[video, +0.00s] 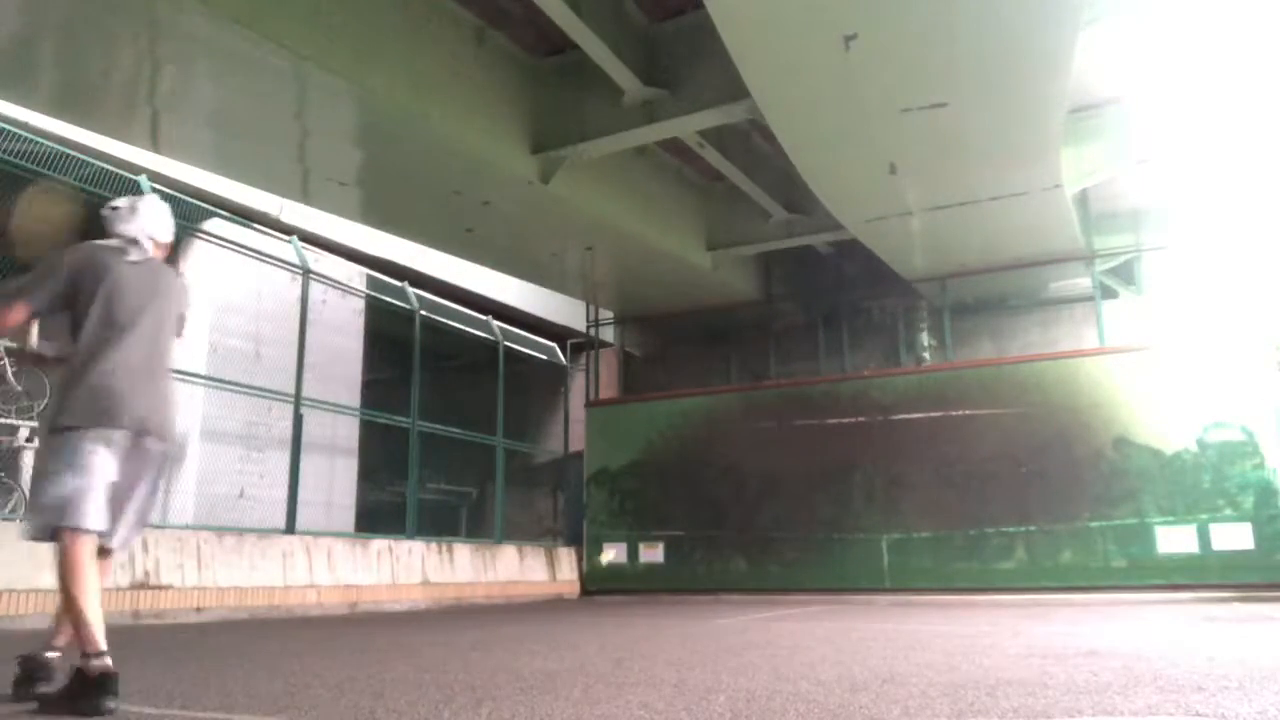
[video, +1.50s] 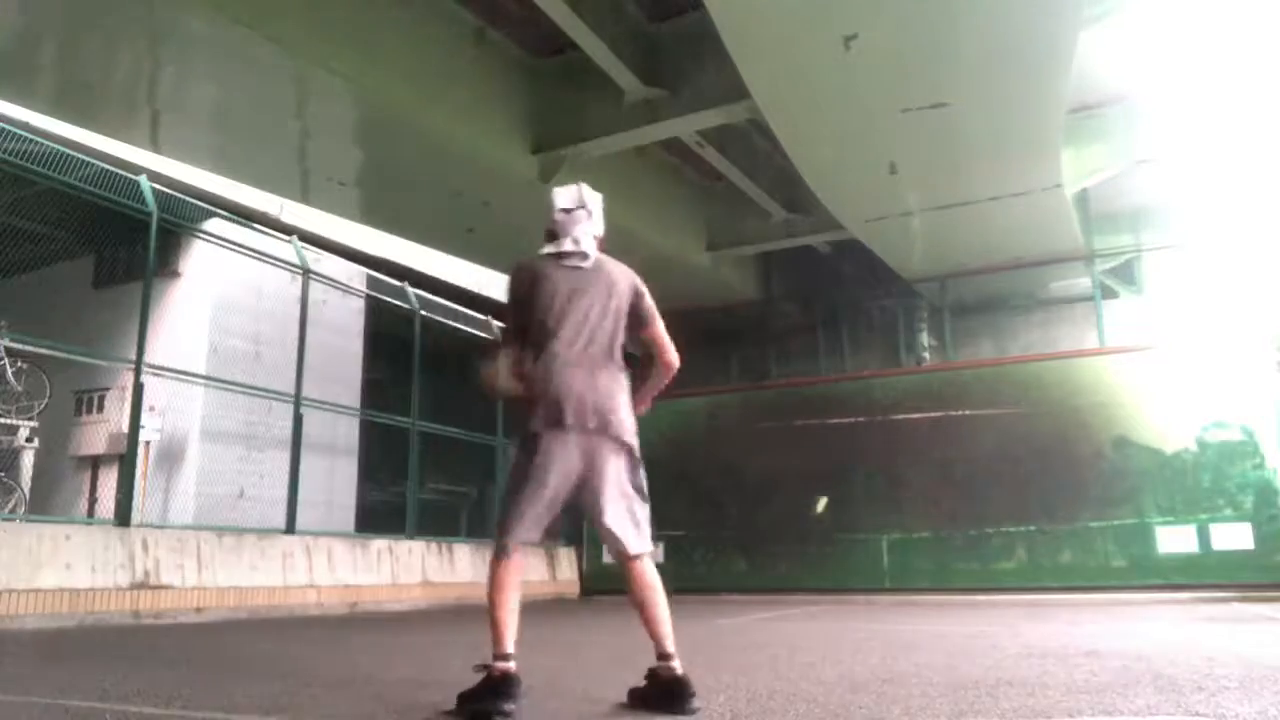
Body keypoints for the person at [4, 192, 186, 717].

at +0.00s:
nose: (167, 252)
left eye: (167, 246)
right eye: (167, 245)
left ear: (111, 228)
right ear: (158, 242)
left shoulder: (83, 257)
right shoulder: (173, 283)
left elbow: (11, 316)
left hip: (92, 410)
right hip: (156, 420)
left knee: (77, 537)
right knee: (102, 547)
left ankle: (99, 665)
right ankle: (51, 657)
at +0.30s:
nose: (190, 253)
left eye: (194, 245)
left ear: (207, 238)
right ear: (237, 248)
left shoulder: (217, 247)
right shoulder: (227, 298)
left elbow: (197, 279)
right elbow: (146, 335)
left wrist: (147, 236)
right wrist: (107, 285)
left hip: (220, 415)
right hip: (267, 421)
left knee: (138, 536)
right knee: (235, 534)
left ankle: (103, 672)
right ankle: (315, 627)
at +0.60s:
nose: (309, 238)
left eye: (311, 232)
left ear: (316, 236)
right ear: (360, 239)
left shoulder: (308, 263)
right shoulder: (385, 289)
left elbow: (275, 326)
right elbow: (407, 363)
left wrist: (223, 400)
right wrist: (431, 423)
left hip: (322, 414)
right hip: (379, 423)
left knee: (256, 525)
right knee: (364, 544)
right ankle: (377, 664)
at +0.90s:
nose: (399, 217)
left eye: (399, 210)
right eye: (411, 208)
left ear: (396, 216)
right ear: (439, 218)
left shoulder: (376, 260)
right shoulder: (470, 257)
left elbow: (311, 281)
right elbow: (545, 229)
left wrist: (243, 297)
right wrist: (613, 190)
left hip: (405, 408)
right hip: (456, 413)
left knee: (418, 528)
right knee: (419, 533)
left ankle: (475, 656)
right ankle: (385, 662)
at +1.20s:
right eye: (508, 202)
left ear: (467, 211)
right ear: (513, 208)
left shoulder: (447, 261)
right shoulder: (536, 249)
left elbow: (420, 339)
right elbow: (620, 272)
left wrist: (420, 415)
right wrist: (688, 244)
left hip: (477, 403)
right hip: (540, 402)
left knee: (478, 534)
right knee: (525, 527)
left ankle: (492, 668)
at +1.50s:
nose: (570, 227)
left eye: (563, 218)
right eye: (582, 218)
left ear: (551, 225)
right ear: (598, 225)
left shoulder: (529, 274)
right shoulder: (625, 278)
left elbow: (509, 364)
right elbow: (668, 359)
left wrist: (542, 391)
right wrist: (630, 408)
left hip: (554, 427)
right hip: (614, 431)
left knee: (510, 549)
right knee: (636, 552)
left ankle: (503, 672)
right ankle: (671, 671)